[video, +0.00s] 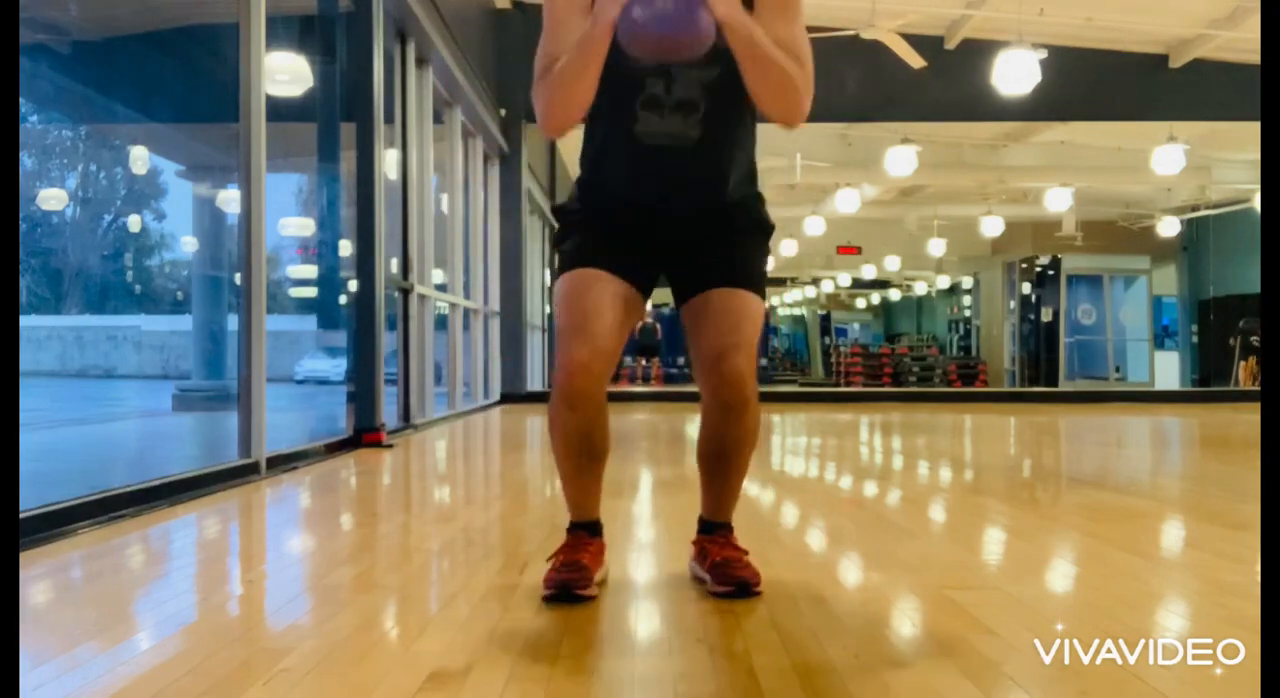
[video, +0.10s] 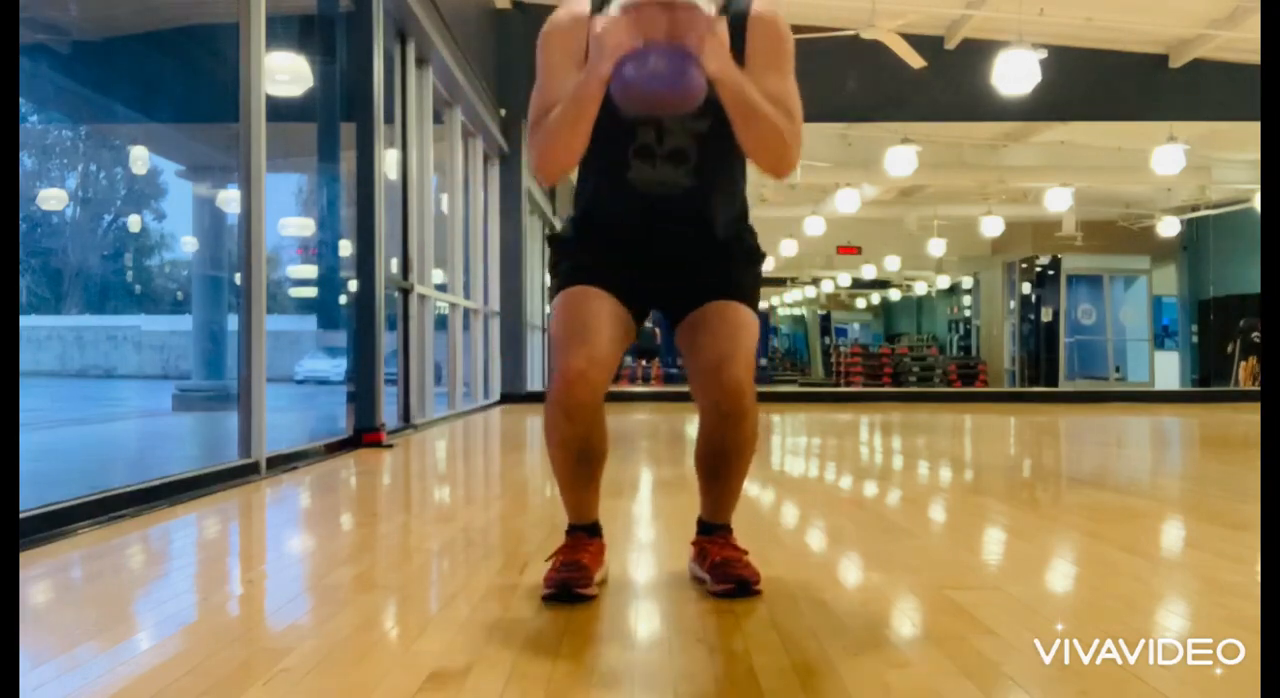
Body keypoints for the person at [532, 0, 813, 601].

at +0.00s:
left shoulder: (765, 3)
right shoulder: (577, 3)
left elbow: (791, 105)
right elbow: (554, 116)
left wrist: (727, 12)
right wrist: (605, 16)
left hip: (720, 213)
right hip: (612, 210)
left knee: (732, 380)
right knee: (577, 369)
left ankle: (716, 537)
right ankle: (582, 536)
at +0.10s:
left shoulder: (756, 21)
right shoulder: (574, 23)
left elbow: (781, 156)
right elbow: (546, 164)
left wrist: (719, 60)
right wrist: (600, 66)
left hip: (710, 243)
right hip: (606, 240)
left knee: (731, 390)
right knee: (574, 380)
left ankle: (715, 538)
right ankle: (581, 538)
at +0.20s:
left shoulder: (750, 71)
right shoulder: (569, 69)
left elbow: (773, 206)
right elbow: (541, 210)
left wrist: (713, 115)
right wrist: (592, 121)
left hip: (703, 277)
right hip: (601, 274)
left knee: (727, 394)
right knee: (572, 390)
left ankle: (715, 538)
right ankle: (581, 540)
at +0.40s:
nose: (655, 34)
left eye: (674, 19)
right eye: (638, 16)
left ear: (700, 43)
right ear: (612, 36)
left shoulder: (741, 146)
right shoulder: (564, 146)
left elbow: (766, 284)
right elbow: (536, 288)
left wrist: (710, 207)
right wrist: (584, 209)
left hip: (698, 335)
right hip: (595, 334)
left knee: (725, 402)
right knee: (563, 399)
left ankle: (714, 538)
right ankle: (581, 539)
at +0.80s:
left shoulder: (742, 91)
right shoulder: (563, 90)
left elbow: (764, 232)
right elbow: (535, 237)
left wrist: (713, 152)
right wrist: (588, 150)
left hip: (700, 288)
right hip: (595, 287)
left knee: (737, 392)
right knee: (575, 395)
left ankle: (715, 538)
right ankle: (584, 538)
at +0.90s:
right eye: (642, 18)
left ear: (696, 4)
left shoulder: (742, 38)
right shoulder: (563, 37)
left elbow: (764, 178)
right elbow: (535, 182)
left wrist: (711, 92)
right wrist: (588, 93)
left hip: (698, 250)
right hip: (595, 249)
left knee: (735, 383)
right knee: (577, 382)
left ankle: (716, 537)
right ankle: (585, 537)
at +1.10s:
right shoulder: (557, 0)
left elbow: (760, 84)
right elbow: (533, 89)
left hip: (690, 184)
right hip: (582, 177)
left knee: (718, 355)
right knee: (521, 320)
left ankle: (716, 534)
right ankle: (528, 502)